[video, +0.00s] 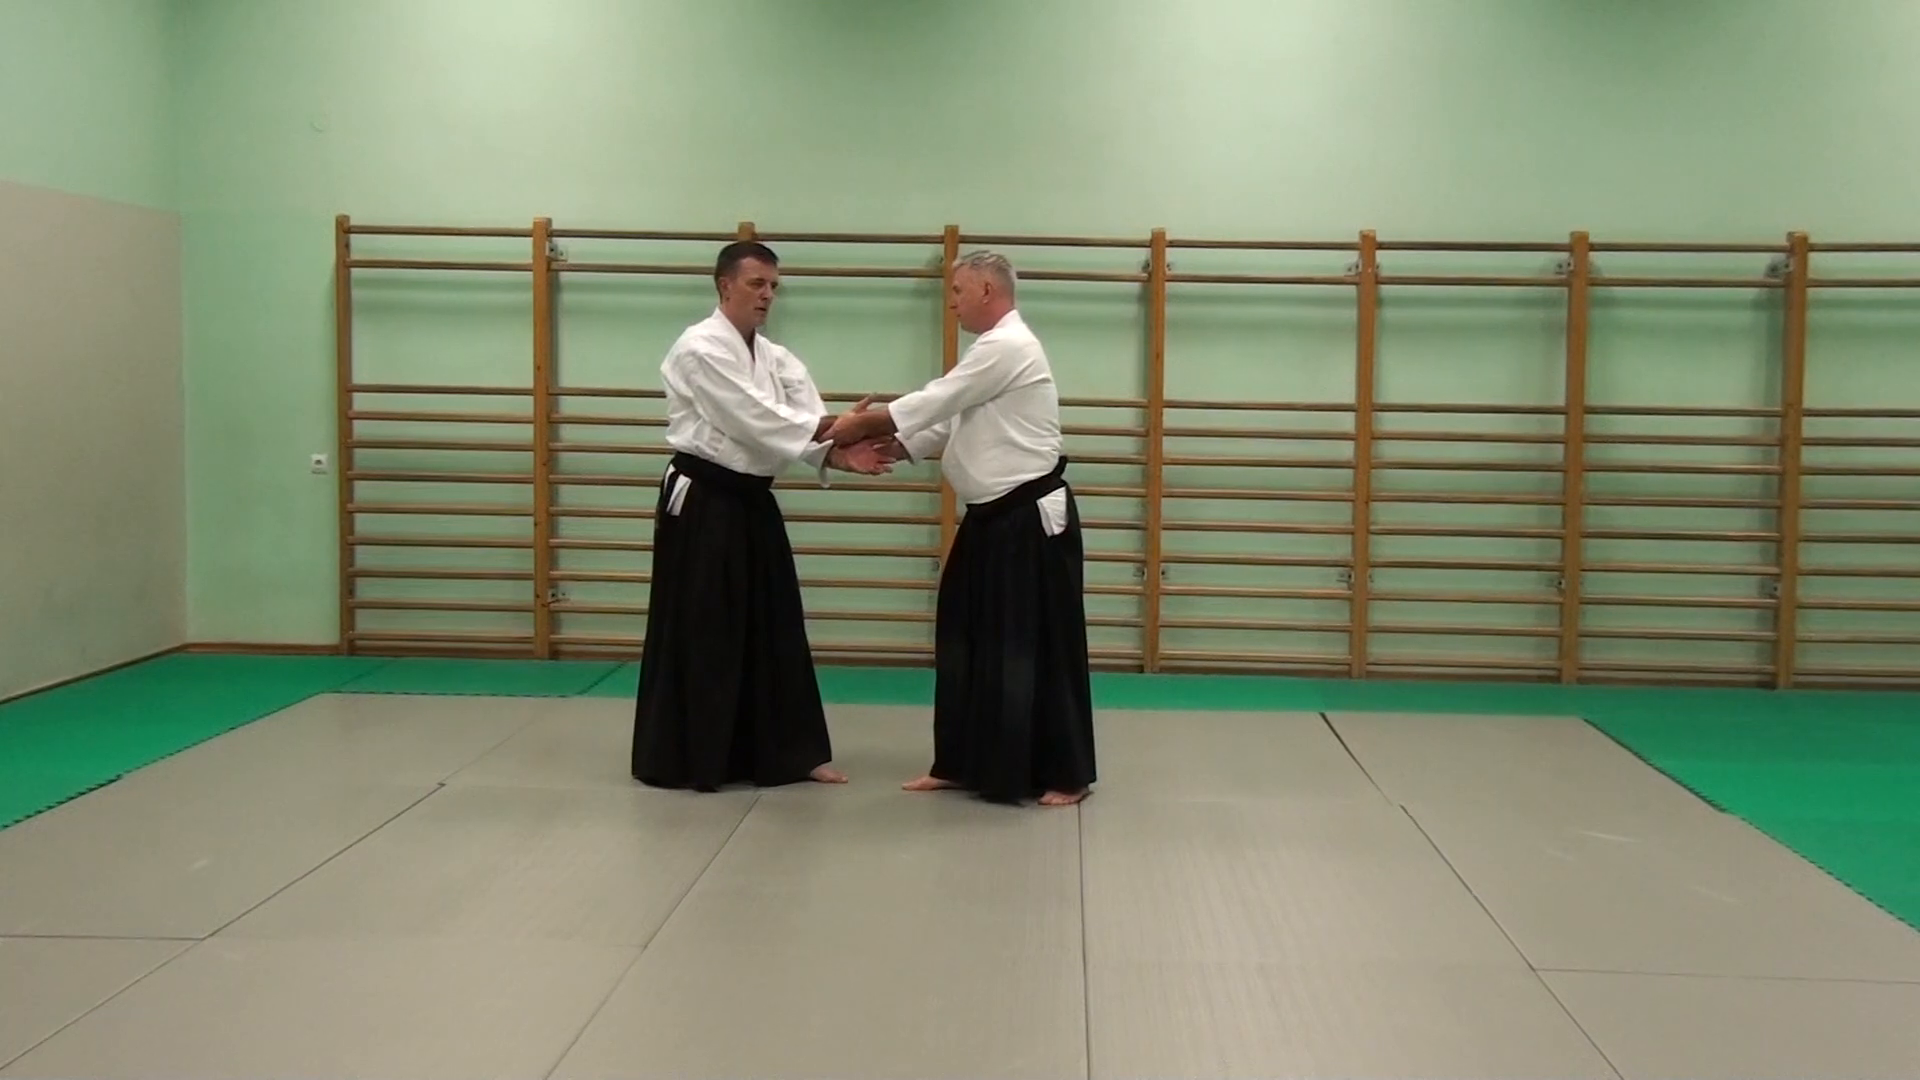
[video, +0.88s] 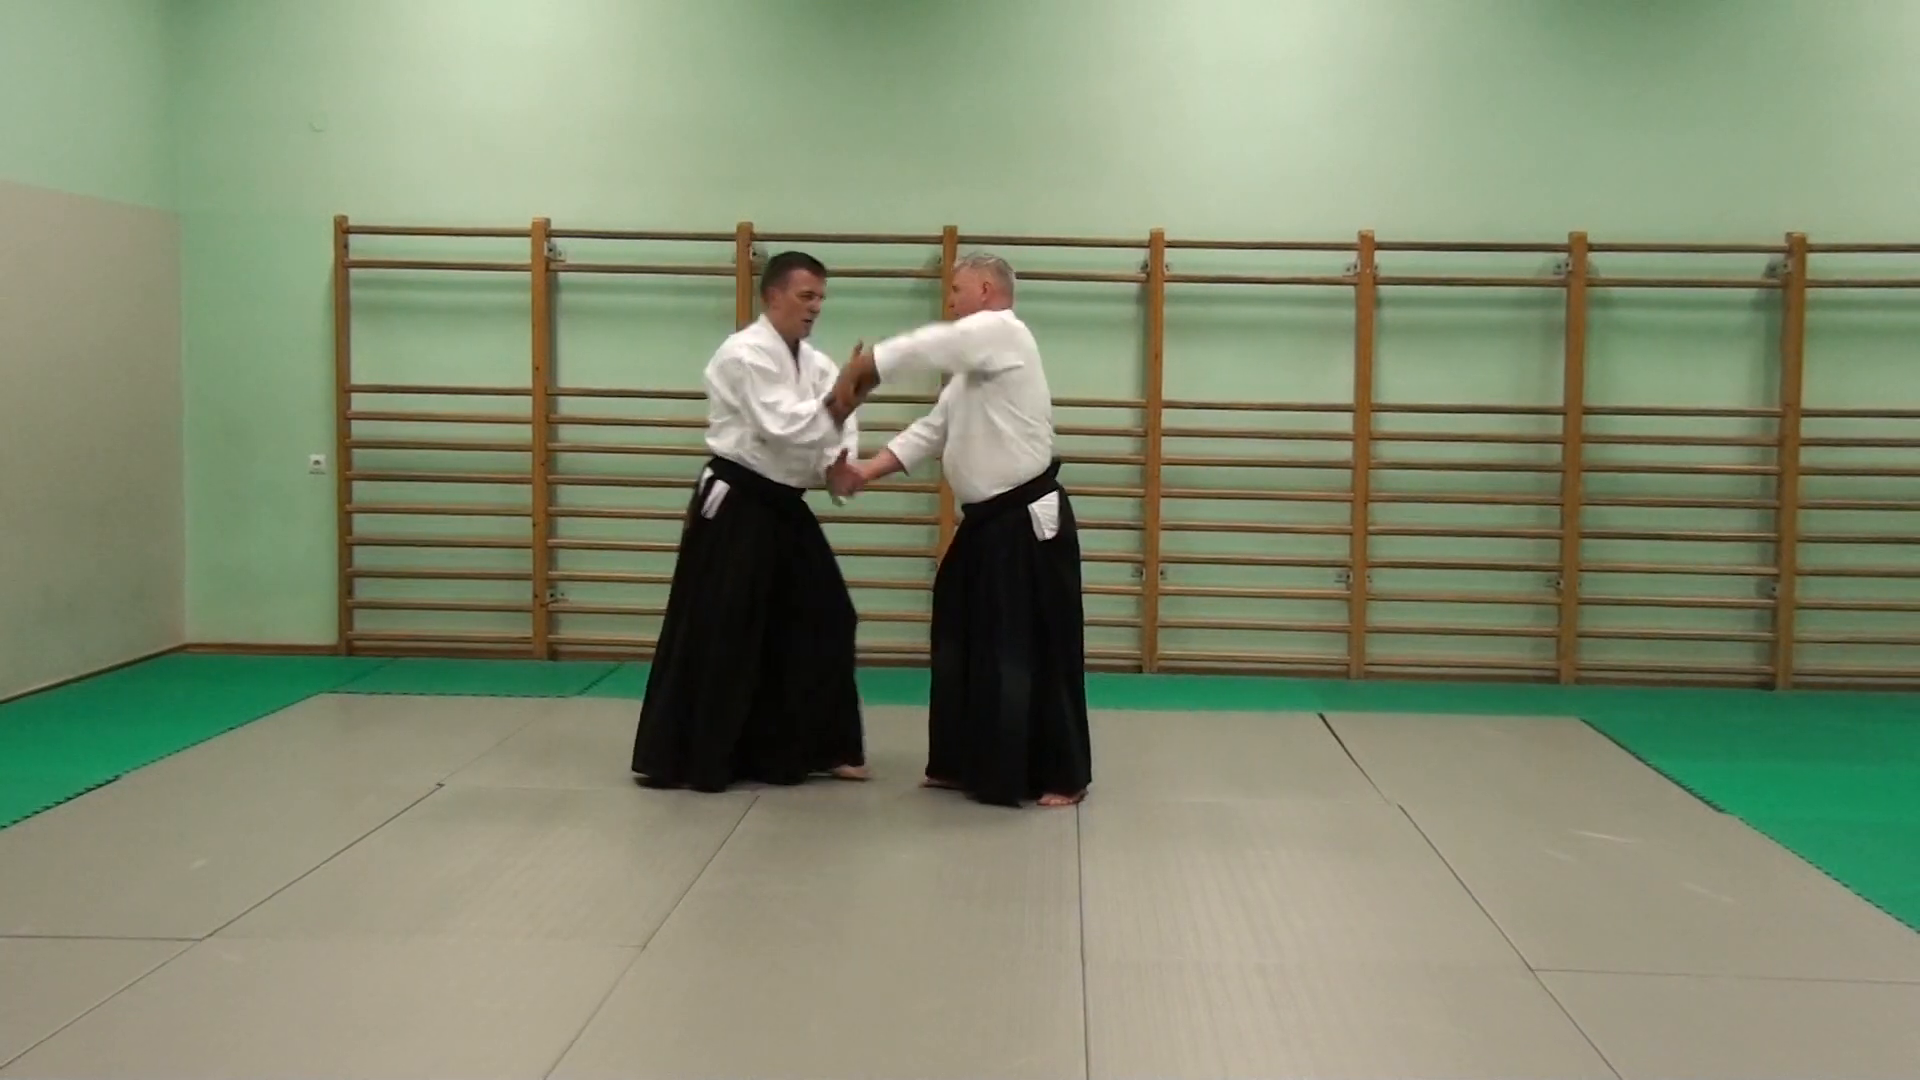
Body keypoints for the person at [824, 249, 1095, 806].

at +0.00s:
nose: (953, 304)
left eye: (958, 292)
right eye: (952, 294)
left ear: (988, 289)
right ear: (987, 290)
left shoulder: (1009, 346)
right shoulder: (990, 351)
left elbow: (934, 402)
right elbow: (949, 432)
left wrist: (859, 419)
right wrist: (889, 446)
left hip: (1032, 514)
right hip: (986, 516)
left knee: (1044, 645)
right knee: (961, 639)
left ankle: (1066, 775)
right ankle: (959, 765)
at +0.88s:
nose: (950, 301)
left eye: (956, 289)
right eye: (950, 292)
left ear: (987, 289)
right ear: (984, 291)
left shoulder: (1001, 330)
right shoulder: (972, 356)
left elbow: (938, 343)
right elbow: (934, 427)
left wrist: (869, 364)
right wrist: (870, 468)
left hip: (1028, 518)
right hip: (982, 521)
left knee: (1042, 645)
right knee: (956, 635)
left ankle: (1061, 774)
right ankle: (960, 762)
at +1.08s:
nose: (964, 311)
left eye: (974, 301)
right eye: (967, 302)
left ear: (995, 308)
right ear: (977, 310)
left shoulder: (996, 341)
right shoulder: (969, 369)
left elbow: (942, 268)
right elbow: (953, 469)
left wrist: (910, 299)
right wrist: (904, 526)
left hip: (1004, 513)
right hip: (982, 517)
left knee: (969, 641)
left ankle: (1011, 770)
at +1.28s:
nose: (997, 310)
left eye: (1005, 306)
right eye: (1008, 307)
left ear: (1005, 317)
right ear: (1024, 334)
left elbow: (942, 253)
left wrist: (923, 253)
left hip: (952, 488)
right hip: (999, 497)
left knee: (925, 626)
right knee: (965, 626)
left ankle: (954, 770)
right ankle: (960, 762)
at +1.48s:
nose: (1042, 373)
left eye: (1046, 371)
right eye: (1047, 370)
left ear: (1030, 372)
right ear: (1049, 408)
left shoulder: (971, 358)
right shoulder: (1018, 447)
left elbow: (944, 287)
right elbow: (975, 529)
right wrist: (939, 575)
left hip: (859, 487)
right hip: (922, 510)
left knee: (835, 634)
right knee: (950, 642)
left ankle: (841, 776)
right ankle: (952, 779)